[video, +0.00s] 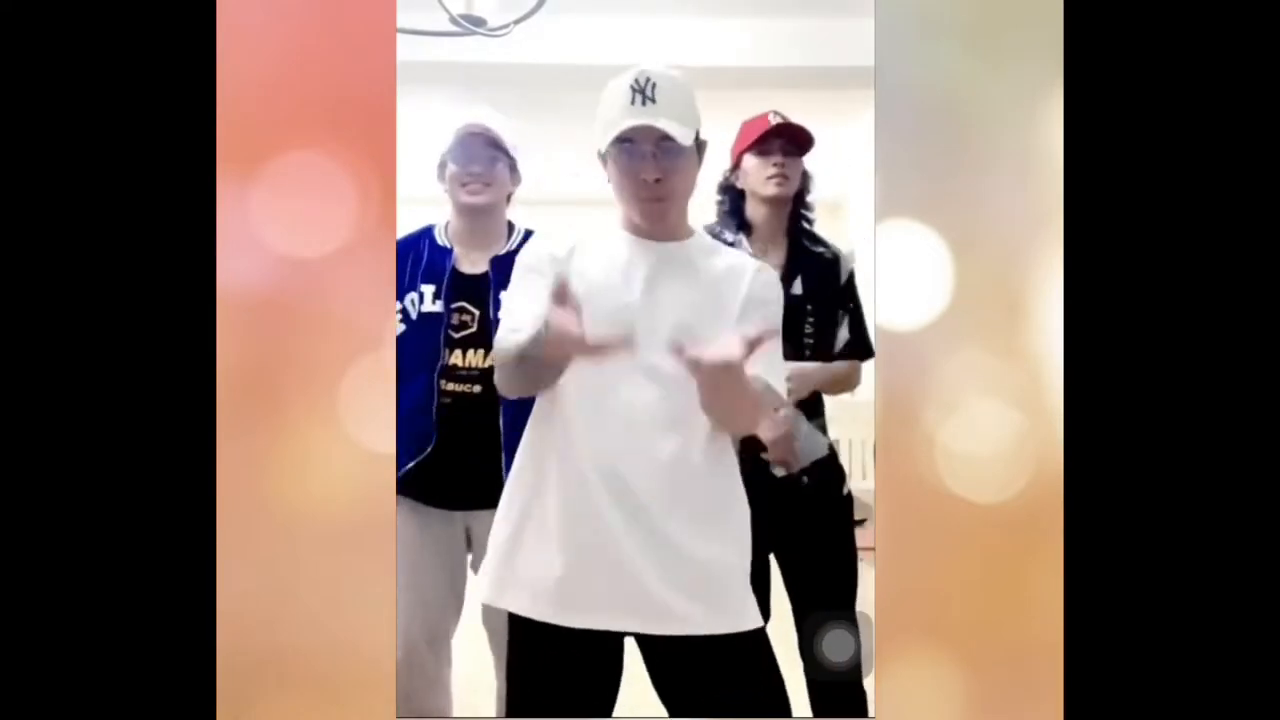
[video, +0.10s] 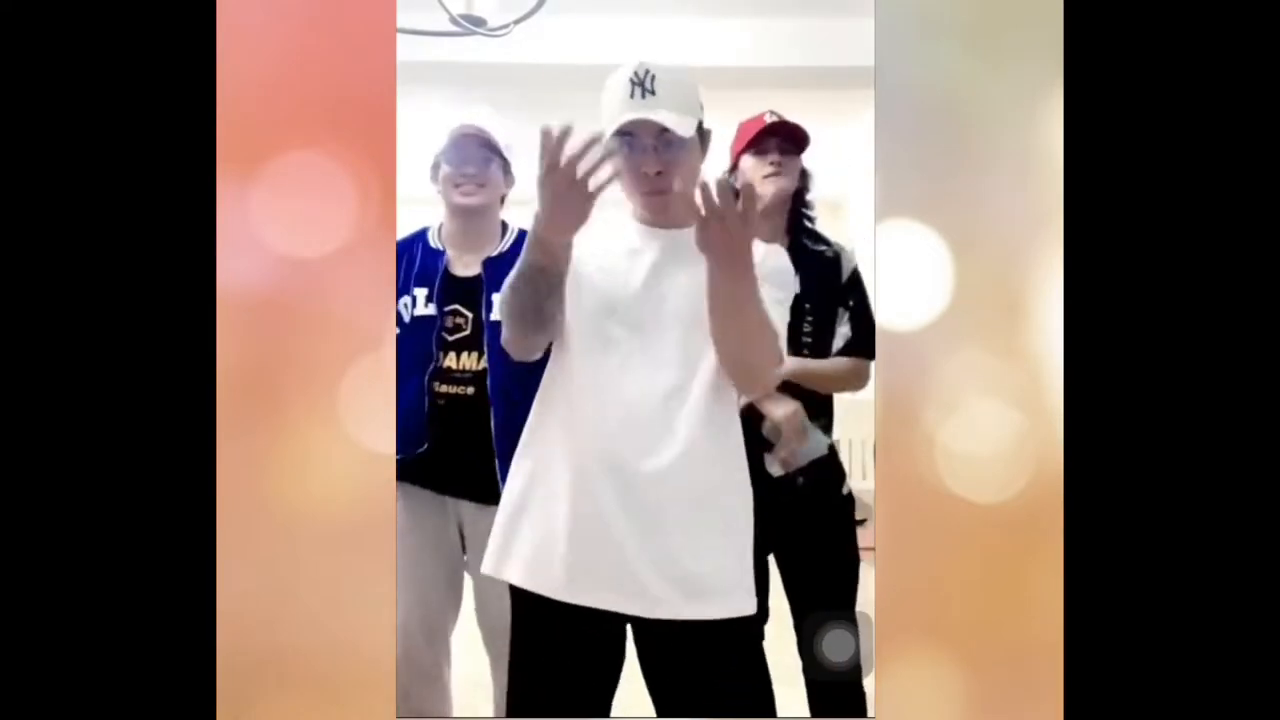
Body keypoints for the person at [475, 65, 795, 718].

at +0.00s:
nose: (649, 168)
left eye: (667, 148)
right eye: (629, 148)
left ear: (699, 161)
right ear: (603, 162)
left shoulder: (746, 281)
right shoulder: (552, 261)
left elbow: (751, 419)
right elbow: (508, 378)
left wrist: (721, 384)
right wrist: (553, 348)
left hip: (694, 572)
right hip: (561, 564)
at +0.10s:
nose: (650, 159)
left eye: (669, 139)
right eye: (630, 140)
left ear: (703, 147)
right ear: (608, 151)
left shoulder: (750, 259)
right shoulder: (570, 239)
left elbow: (758, 377)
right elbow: (520, 343)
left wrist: (730, 262)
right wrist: (553, 232)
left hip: (696, 563)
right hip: (565, 555)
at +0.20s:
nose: (651, 149)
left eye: (669, 127)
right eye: (631, 131)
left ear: (705, 137)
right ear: (611, 145)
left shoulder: (759, 242)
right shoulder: (581, 230)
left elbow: (772, 339)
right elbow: (529, 318)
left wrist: (732, 192)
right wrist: (551, 182)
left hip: (703, 570)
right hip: (568, 564)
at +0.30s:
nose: (654, 150)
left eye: (673, 127)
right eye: (633, 130)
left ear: (708, 136)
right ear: (611, 145)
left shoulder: (769, 233)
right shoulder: (586, 228)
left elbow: (789, 331)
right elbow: (535, 325)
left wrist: (731, 195)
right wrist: (554, 204)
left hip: (707, 571)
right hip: (574, 567)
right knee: (549, 716)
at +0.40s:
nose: (655, 154)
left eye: (674, 133)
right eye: (636, 136)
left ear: (708, 143)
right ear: (614, 148)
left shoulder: (774, 239)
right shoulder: (588, 244)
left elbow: (801, 357)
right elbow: (541, 360)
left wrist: (725, 256)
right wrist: (560, 284)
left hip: (711, 574)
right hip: (582, 569)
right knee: (541, 716)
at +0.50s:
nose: (658, 164)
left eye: (677, 143)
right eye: (639, 144)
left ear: (707, 155)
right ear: (612, 158)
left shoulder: (773, 251)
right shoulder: (583, 267)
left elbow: (807, 396)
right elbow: (552, 402)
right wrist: (577, 362)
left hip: (723, 588)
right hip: (591, 586)